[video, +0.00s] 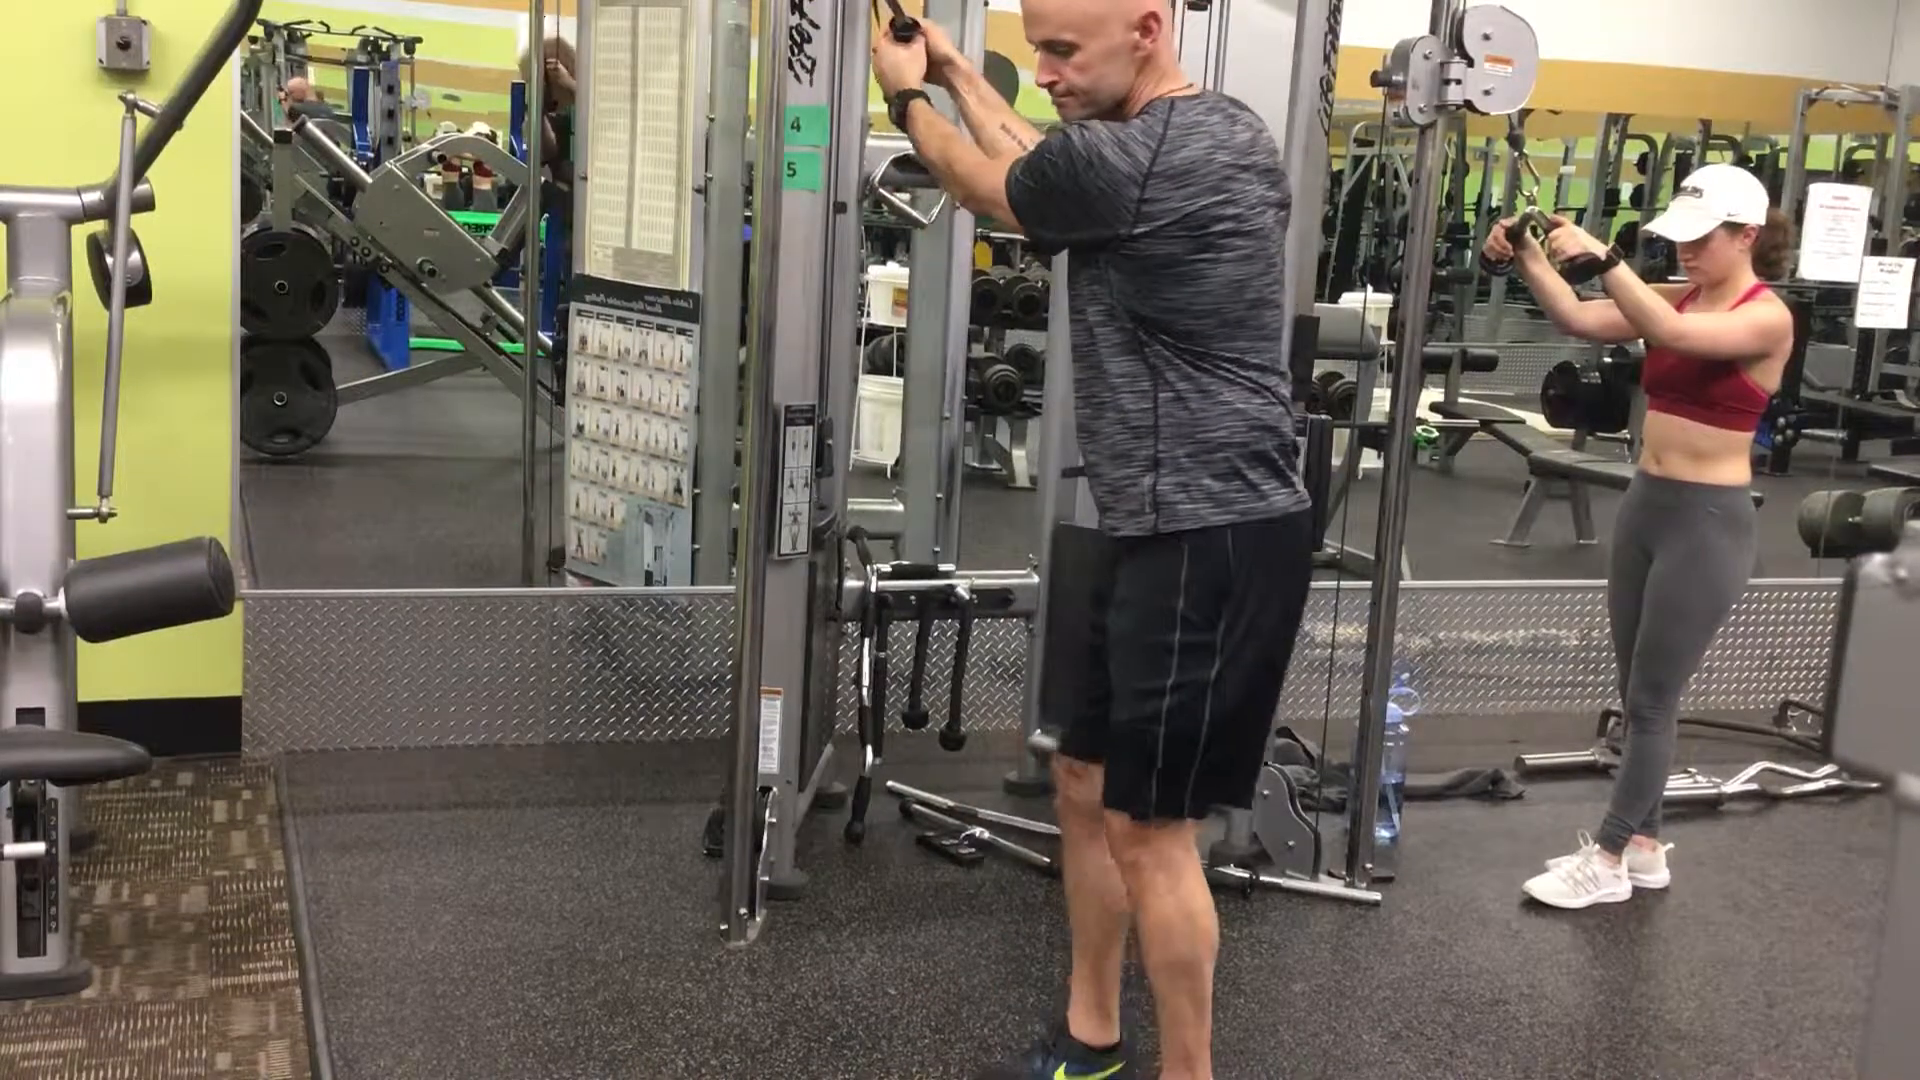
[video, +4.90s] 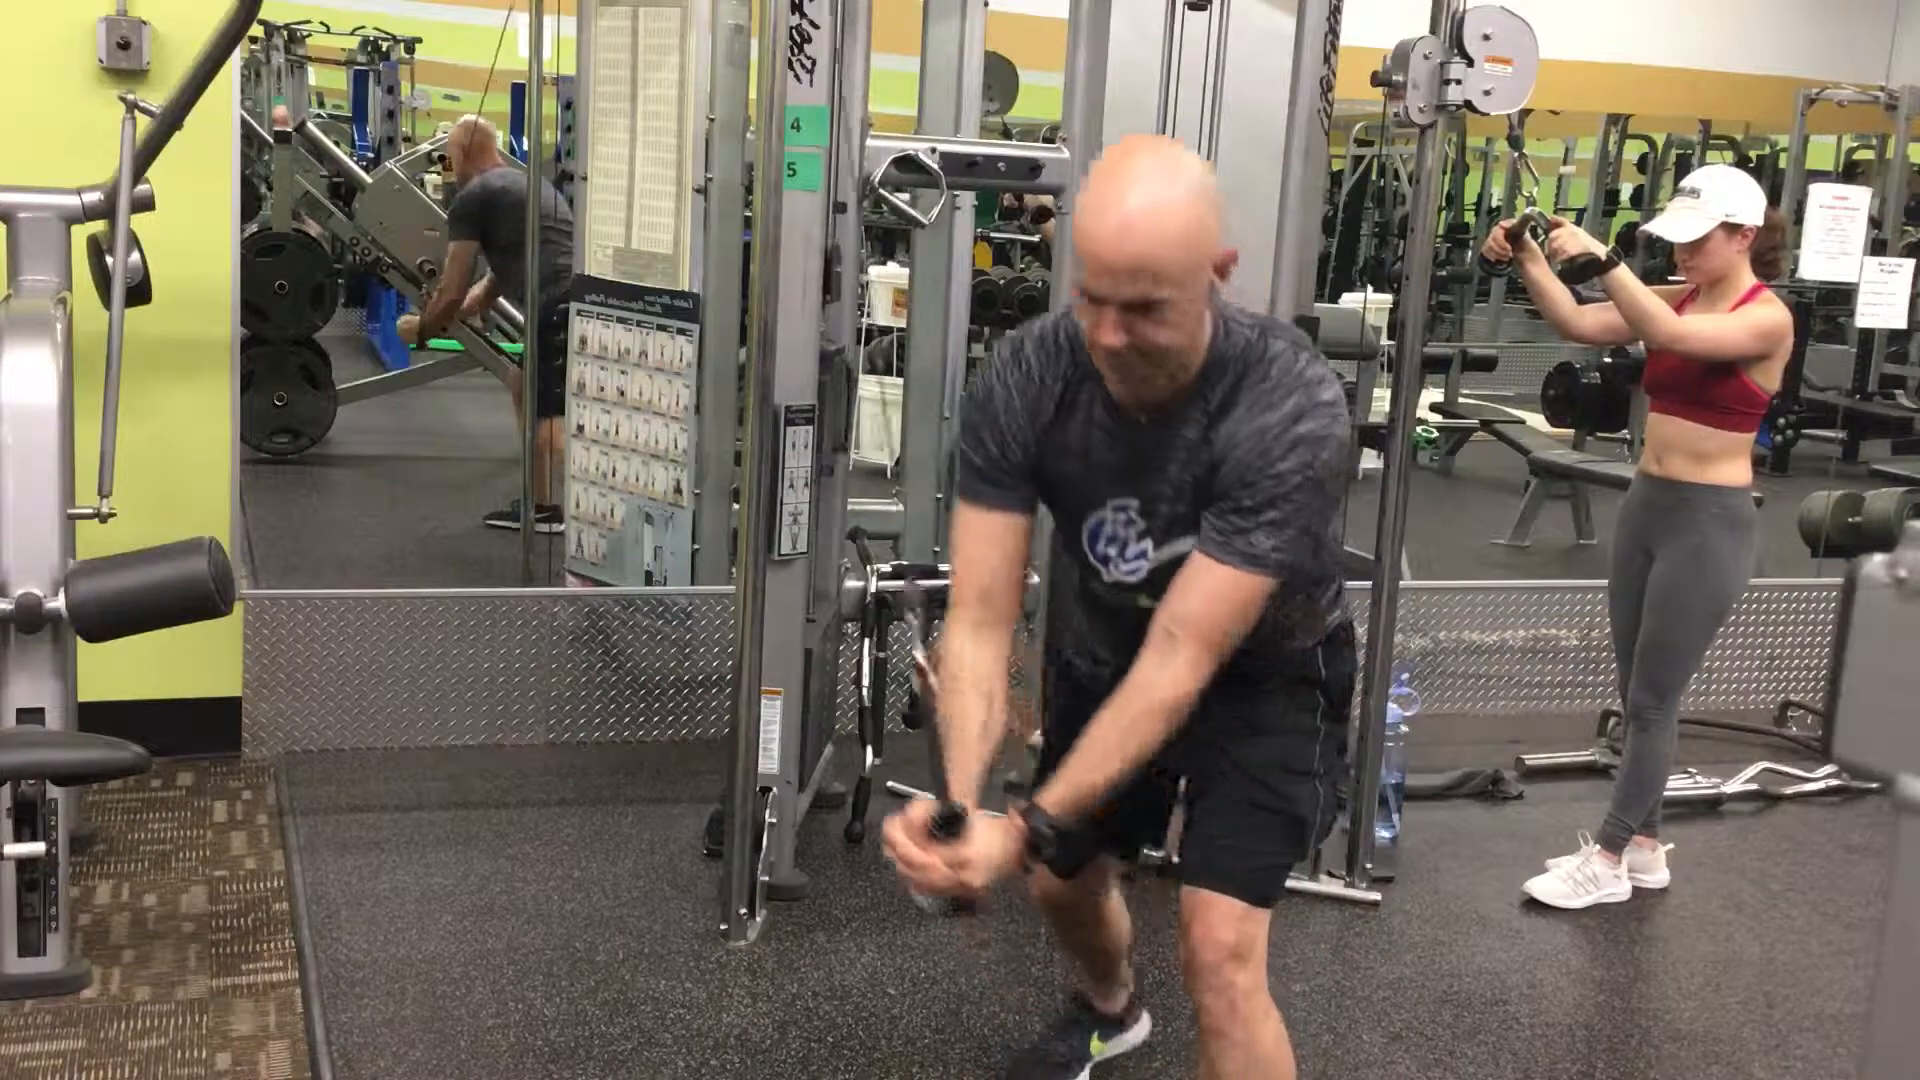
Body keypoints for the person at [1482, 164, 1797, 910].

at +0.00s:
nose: (1683, 252)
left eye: (1698, 238)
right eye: (1679, 239)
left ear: (1746, 236)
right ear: (1679, 238)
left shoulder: (1770, 317)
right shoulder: (1675, 302)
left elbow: (1672, 331)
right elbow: (1579, 316)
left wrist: (1602, 257)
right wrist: (1525, 258)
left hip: (1709, 523)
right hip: (1642, 508)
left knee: (1652, 698)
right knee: (1639, 692)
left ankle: (1605, 859)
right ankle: (1646, 846)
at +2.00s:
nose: (1681, 252)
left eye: (1697, 238)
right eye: (1677, 239)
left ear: (1746, 236)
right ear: (1677, 238)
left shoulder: (1768, 317)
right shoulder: (1674, 300)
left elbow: (1669, 331)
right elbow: (1578, 318)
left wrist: (1600, 258)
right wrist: (1525, 257)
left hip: (1709, 524)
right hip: (1642, 510)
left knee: (1651, 698)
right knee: (1638, 693)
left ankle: (1606, 858)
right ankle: (1646, 846)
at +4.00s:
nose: (1674, 255)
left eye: (1687, 242)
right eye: (1670, 243)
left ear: (1735, 237)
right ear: (1674, 242)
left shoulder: (1766, 316)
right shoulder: (1672, 301)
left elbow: (1668, 336)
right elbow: (1572, 323)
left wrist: (1597, 260)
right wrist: (1521, 260)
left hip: (1711, 524)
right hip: (1644, 509)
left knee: (1653, 699)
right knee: (1639, 693)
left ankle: (1606, 859)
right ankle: (1645, 846)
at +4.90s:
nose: (1679, 253)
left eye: (1694, 239)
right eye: (1675, 240)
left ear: (1743, 236)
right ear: (1679, 239)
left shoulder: (1769, 317)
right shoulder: (1677, 301)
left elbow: (1670, 333)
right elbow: (1580, 322)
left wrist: (1602, 260)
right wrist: (1526, 258)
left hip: (1710, 523)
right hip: (1643, 508)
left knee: (1652, 698)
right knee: (1638, 691)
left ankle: (1606, 859)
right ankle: (1646, 846)